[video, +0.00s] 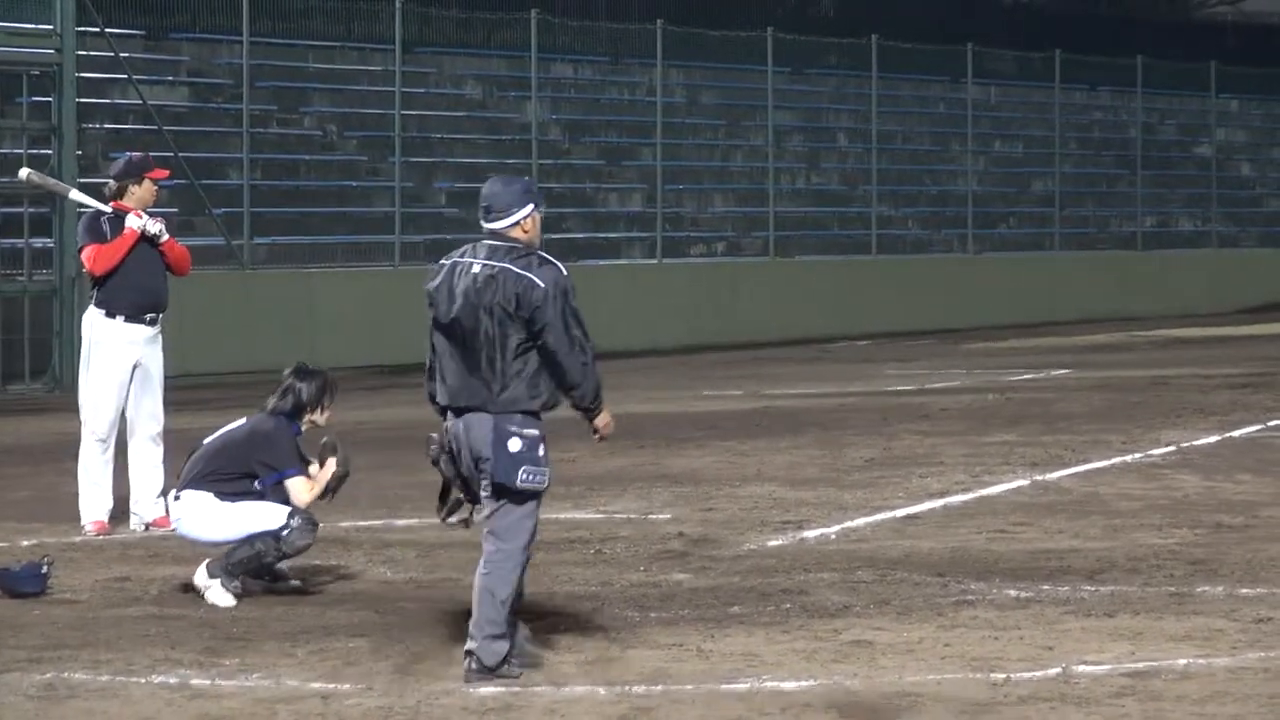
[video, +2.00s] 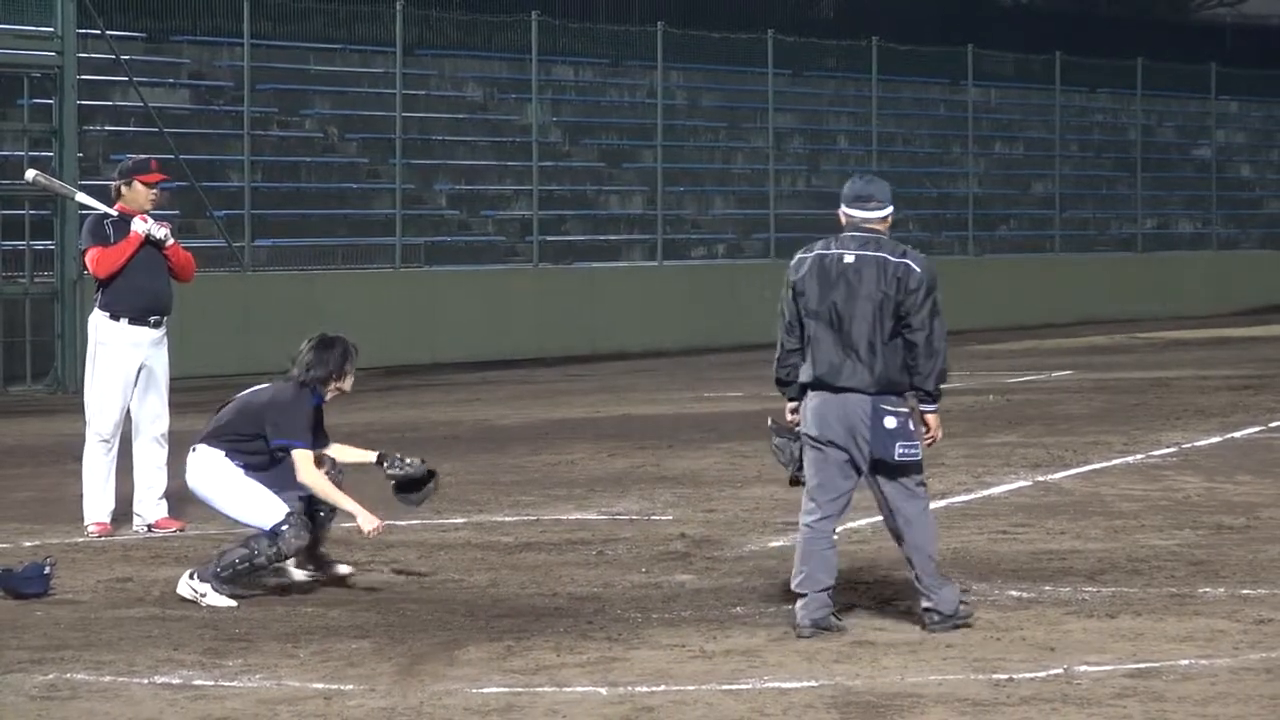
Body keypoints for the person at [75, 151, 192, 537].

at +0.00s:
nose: (156, 189)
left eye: (156, 183)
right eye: (151, 183)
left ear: (136, 186)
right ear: (131, 185)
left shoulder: (153, 225)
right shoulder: (97, 220)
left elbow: (184, 266)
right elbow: (96, 265)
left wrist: (163, 238)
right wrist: (132, 233)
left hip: (150, 333)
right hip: (109, 332)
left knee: (148, 426)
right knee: (100, 428)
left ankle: (149, 511)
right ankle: (95, 516)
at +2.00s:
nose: (156, 192)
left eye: (157, 187)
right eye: (149, 186)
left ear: (148, 190)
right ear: (125, 187)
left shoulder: (156, 228)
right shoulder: (100, 222)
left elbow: (187, 271)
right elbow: (99, 267)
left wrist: (167, 242)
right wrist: (137, 236)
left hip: (155, 335)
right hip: (114, 333)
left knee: (153, 427)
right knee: (104, 428)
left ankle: (151, 513)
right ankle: (98, 517)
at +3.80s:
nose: (198, 191)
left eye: (198, 185)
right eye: (192, 185)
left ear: (180, 188)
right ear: (169, 187)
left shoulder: (188, 230)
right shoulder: (140, 220)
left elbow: (210, 283)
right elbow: (126, 269)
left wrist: (209, 265)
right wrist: (178, 253)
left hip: (178, 334)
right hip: (143, 328)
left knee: (168, 424)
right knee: (150, 418)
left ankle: (157, 509)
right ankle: (140, 511)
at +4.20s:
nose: (211, 188)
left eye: (210, 182)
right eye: (204, 183)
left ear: (191, 188)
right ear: (182, 187)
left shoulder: (205, 231)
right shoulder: (157, 225)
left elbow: (216, 276)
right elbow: (136, 277)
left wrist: (233, 311)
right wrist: (174, 311)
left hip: (197, 331)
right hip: (160, 330)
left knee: (180, 425)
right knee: (170, 424)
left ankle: (149, 509)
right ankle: (180, 514)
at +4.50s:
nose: (222, 188)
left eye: (221, 182)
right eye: (216, 182)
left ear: (203, 186)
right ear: (193, 186)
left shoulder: (215, 227)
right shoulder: (167, 225)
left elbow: (219, 276)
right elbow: (153, 281)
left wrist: (228, 316)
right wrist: (176, 325)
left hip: (215, 337)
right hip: (178, 336)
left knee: (221, 421)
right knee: (175, 427)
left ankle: (192, 502)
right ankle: (178, 514)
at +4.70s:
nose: (236, 191)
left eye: (236, 185)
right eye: (231, 185)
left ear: (217, 187)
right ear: (210, 186)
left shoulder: (221, 229)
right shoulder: (182, 227)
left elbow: (222, 283)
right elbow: (168, 286)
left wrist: (239, 325)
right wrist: (179, 343)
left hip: (230, 337)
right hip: (193, 338)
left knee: (241, 427)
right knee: (182, 431)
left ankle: (244, 513)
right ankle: (181, 516)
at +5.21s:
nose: (293, 191)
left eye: (293, 185)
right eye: (287, 184)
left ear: (274, 187)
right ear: (265, 186)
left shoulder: (279, 229)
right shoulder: (236, 224)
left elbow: (275, 279)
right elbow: (219, 278)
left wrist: (283, 326)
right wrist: (237, 334)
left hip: (281, 339)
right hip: (243, 337)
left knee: (278, 432)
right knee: (237, 424)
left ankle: (275, 518)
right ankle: (204, 496)